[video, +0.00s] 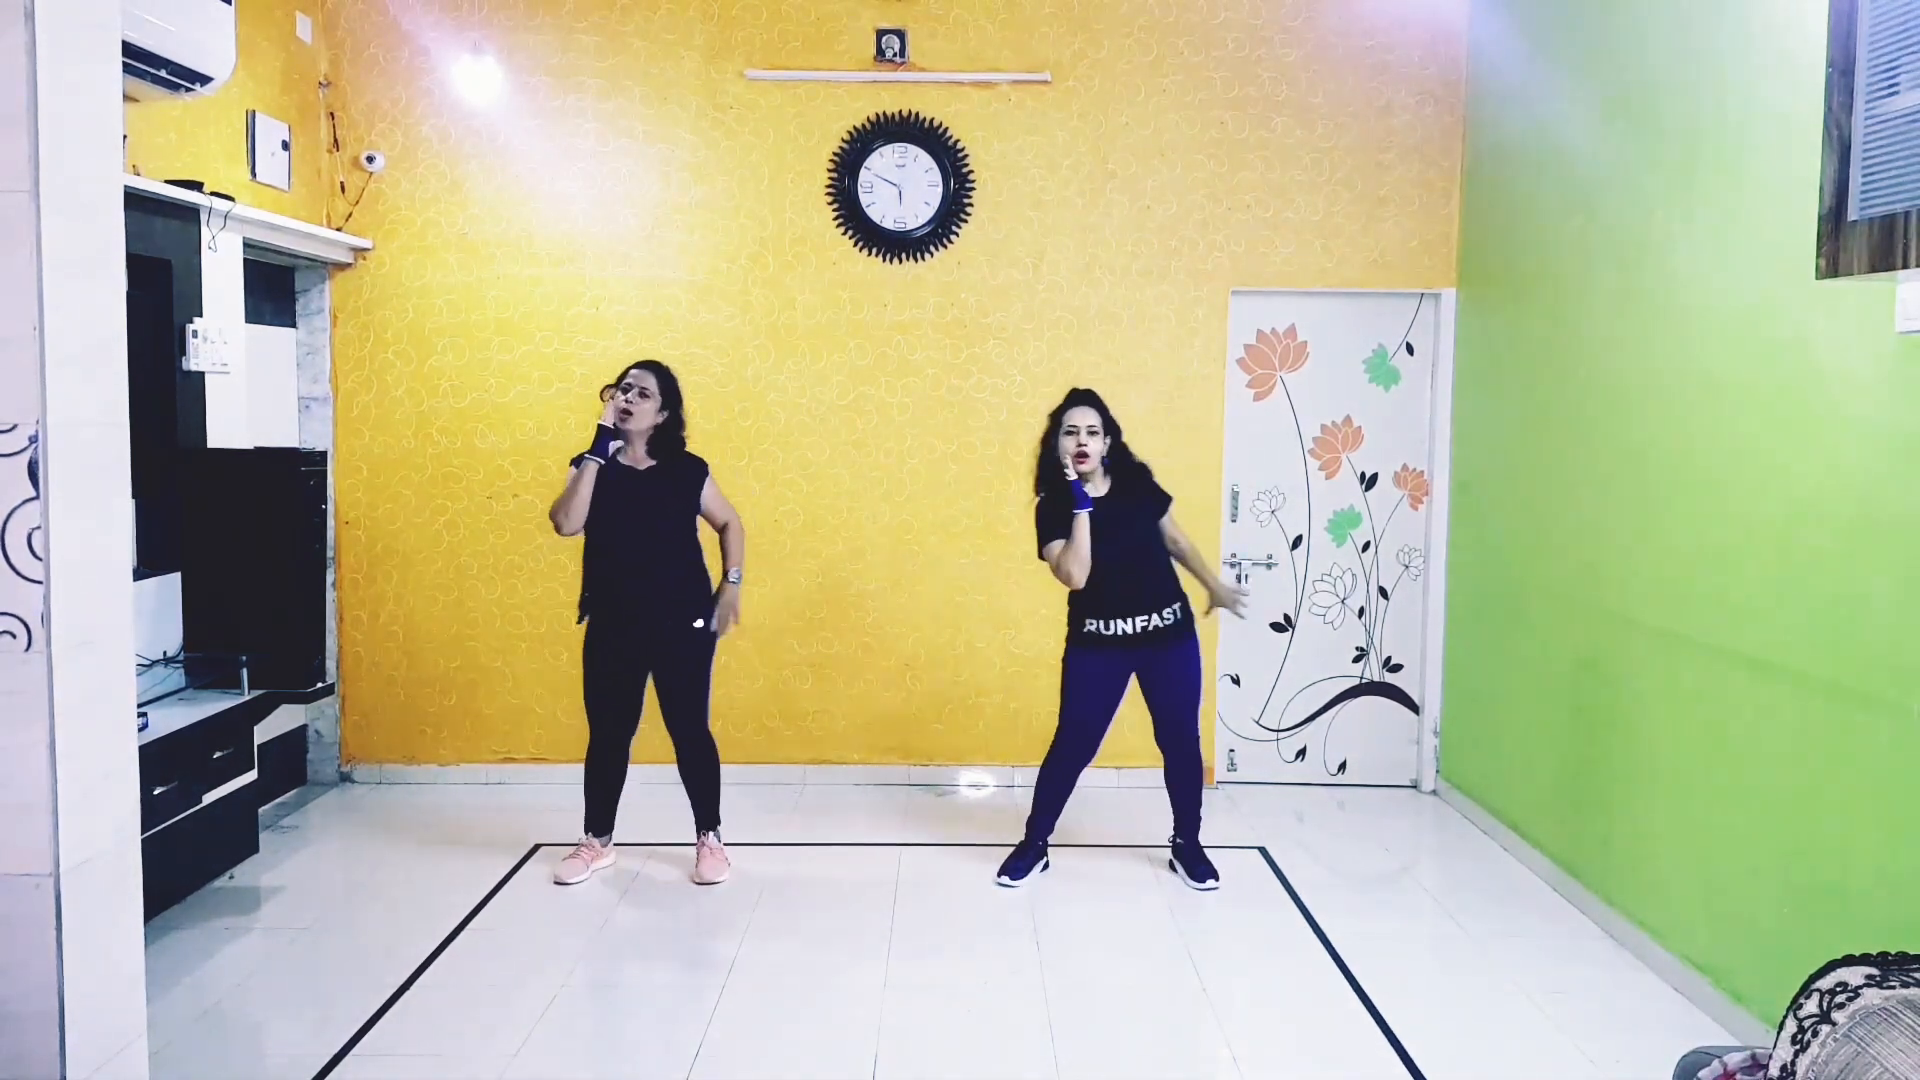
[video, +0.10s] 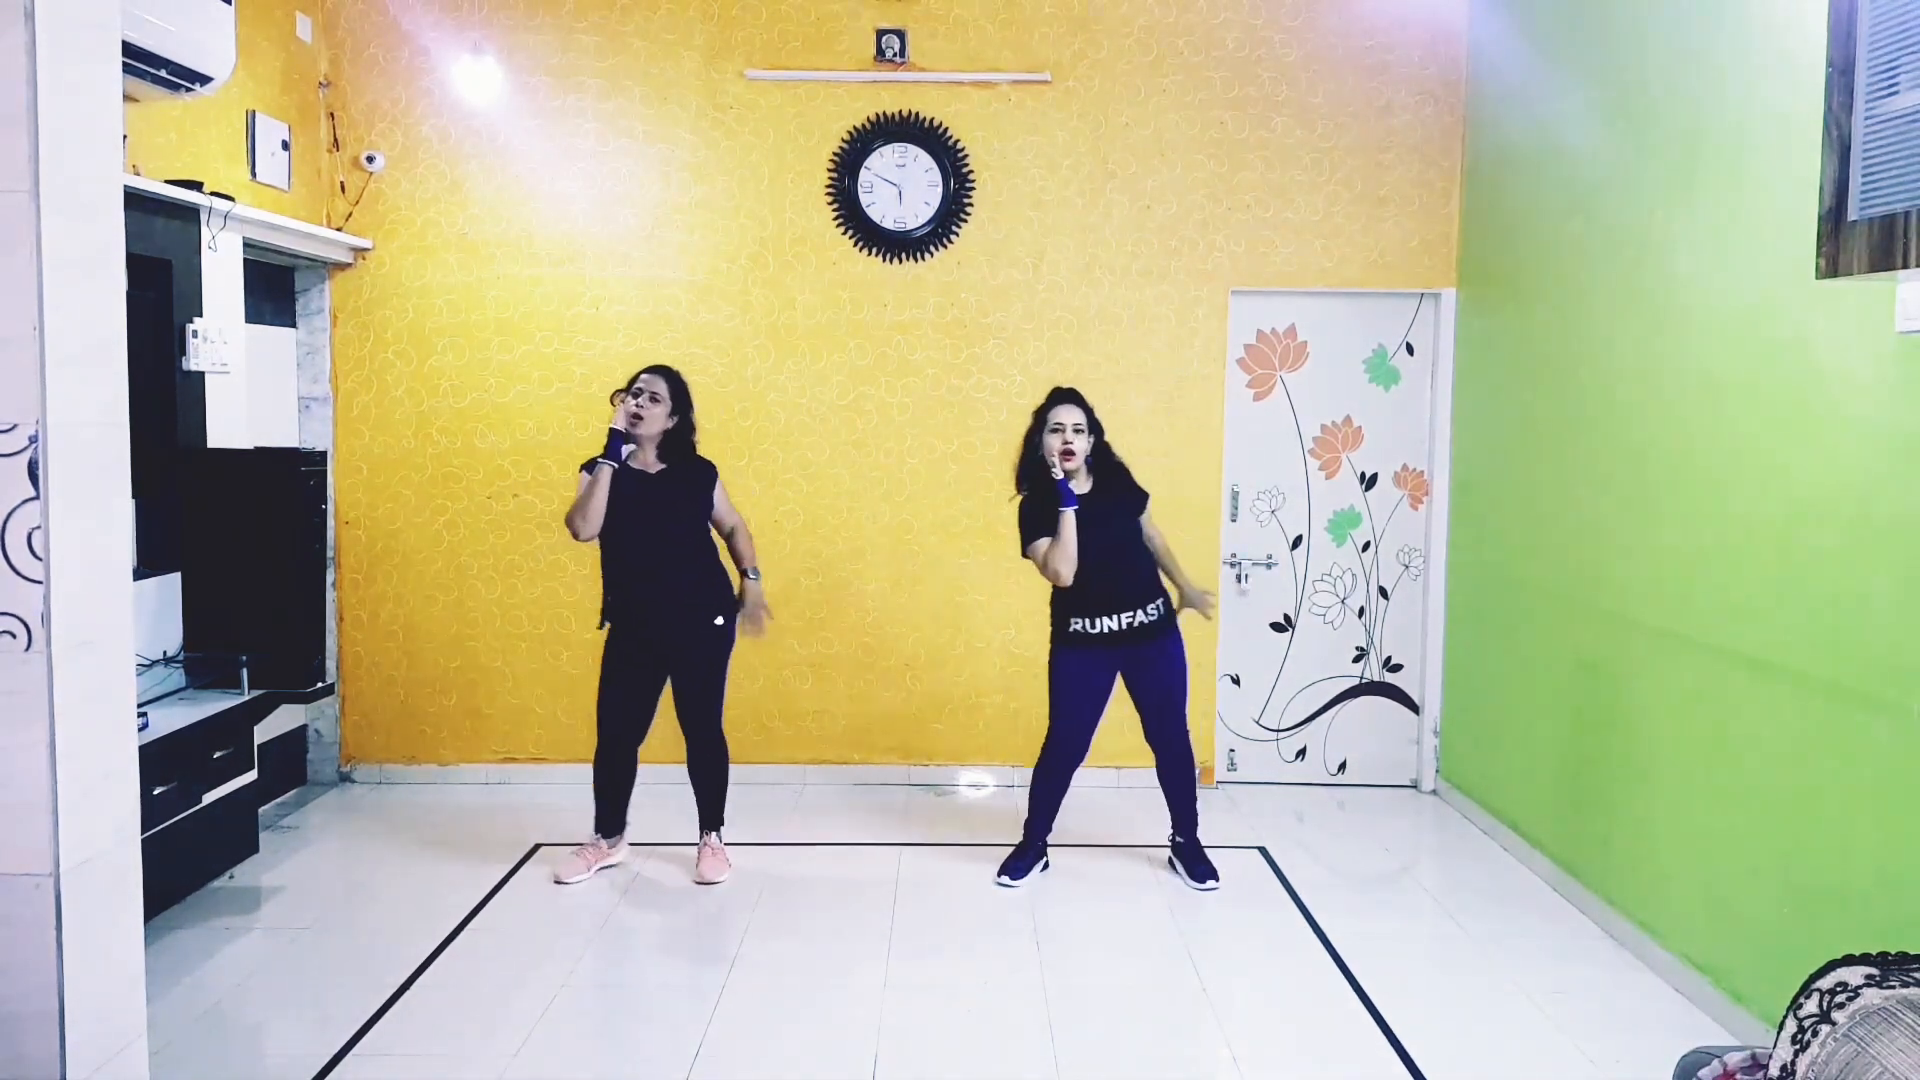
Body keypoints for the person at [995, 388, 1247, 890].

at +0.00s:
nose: (1082, 441)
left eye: (1092, 432)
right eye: (1071, 432)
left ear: (1107, 440)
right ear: (1057, 442)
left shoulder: (1136, 480)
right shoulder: (1055, 502)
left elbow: (1177, 541)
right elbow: (1074, 575)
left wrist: (1216, 586)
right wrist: (1081, 502)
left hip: (1167, 635)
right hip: (1098, 642)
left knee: (1182, 743)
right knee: (1072, 747)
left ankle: (1187, 842)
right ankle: (1034, 842)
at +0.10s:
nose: (1068, 439)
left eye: (1078, 430)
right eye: (1057, 430)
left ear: (1092, 437)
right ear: (1042, 440)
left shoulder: (1117, 480)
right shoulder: (1038, 503)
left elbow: (1150, 536)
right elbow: (1061, 573)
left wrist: (1186, 586)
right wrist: (1066, 498)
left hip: (1151, 632)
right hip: (1083, 642)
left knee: (1171, 738)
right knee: (1063, 747)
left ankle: (1186, 839)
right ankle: (1033, 844)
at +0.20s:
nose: (1058, 437)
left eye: (1068, 428)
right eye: (1046, 428)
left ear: (1081, 436)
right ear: (1028, 437)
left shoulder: (1104, 484)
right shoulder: (1023, 502)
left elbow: (1134, 539)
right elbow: (1047, 570)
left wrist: (1161, 590)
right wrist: (1055, 495)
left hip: (1135, 631)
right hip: (1068, 641)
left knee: (1161, 735)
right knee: (1055, 747)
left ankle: (1185, 837)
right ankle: (1032, 843)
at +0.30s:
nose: (1053, 435)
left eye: (1063, 426)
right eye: (1042, 425)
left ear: (1075, 434)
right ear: (1023, 435)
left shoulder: (1093, 480)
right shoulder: (1014, 496)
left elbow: (1120, 541)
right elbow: (1036, 568)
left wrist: (1144, 593)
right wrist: (1049, 494)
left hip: (1121, 629)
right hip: (1056, 638)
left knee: (1152, 735)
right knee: (1049, 749)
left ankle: (1181, 837)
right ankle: (1032, 843)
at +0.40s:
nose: (1053, 431)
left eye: (1063, 422)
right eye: (1042, 422)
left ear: (1075, 430)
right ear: (1022, 430)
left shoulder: (1087, 477)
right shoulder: (1009, 490)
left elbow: (1108, 544)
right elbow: (1026, 565)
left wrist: (1130, 601)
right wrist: (1048, 493)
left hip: (1110, 626)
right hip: (1045, 634)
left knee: (1142, 733)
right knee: (1043, 747)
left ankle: (1173, 836)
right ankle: (1031, 843)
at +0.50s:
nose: (1057, 429)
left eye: (1066, 420)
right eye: (1045, 419)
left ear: (1077, 427)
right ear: (1025, 425)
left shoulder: (1087, 475)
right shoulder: (1008, 483)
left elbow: (1101, 547)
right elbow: (1016, 559)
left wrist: (1114, 610)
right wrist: (1048, 489)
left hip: (1101, 627)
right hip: (1036, 633)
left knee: (1135, 734)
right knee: (1038, 746)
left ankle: (1169, 836)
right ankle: (1030, 843)